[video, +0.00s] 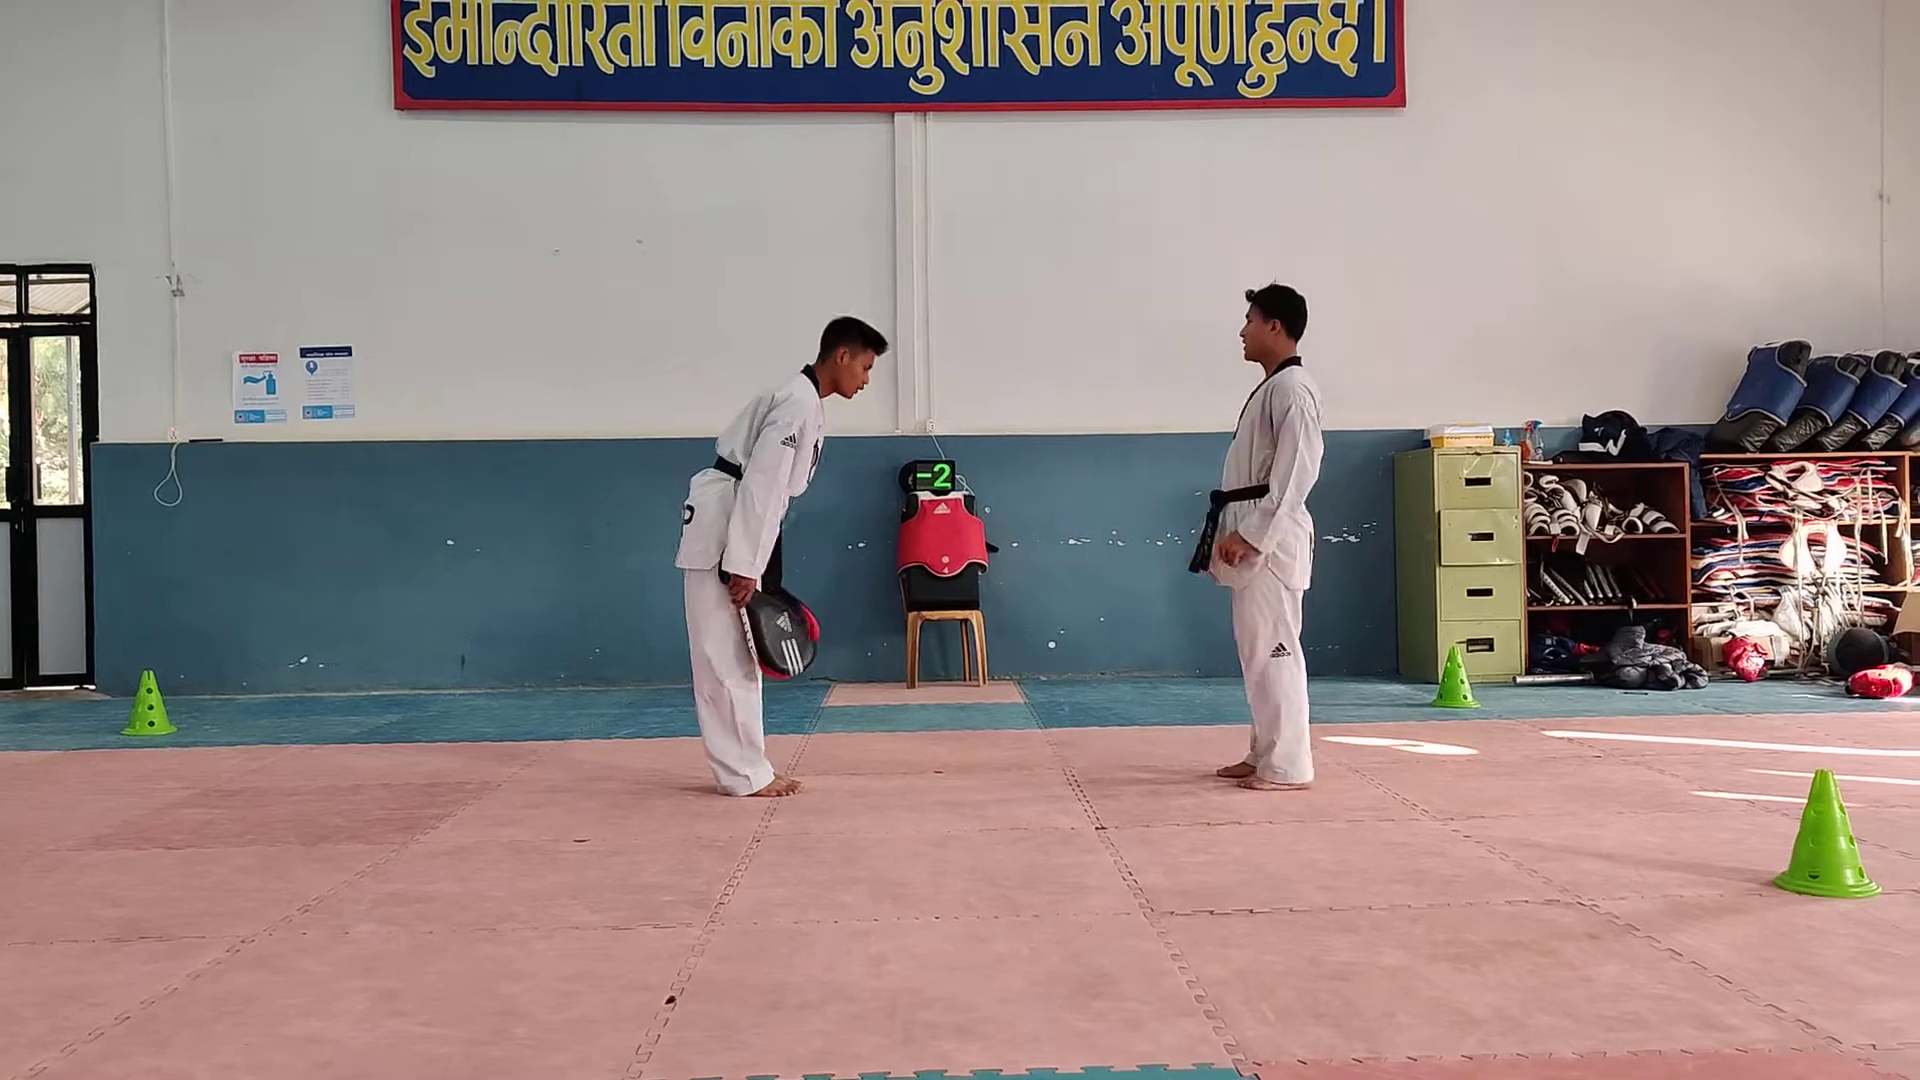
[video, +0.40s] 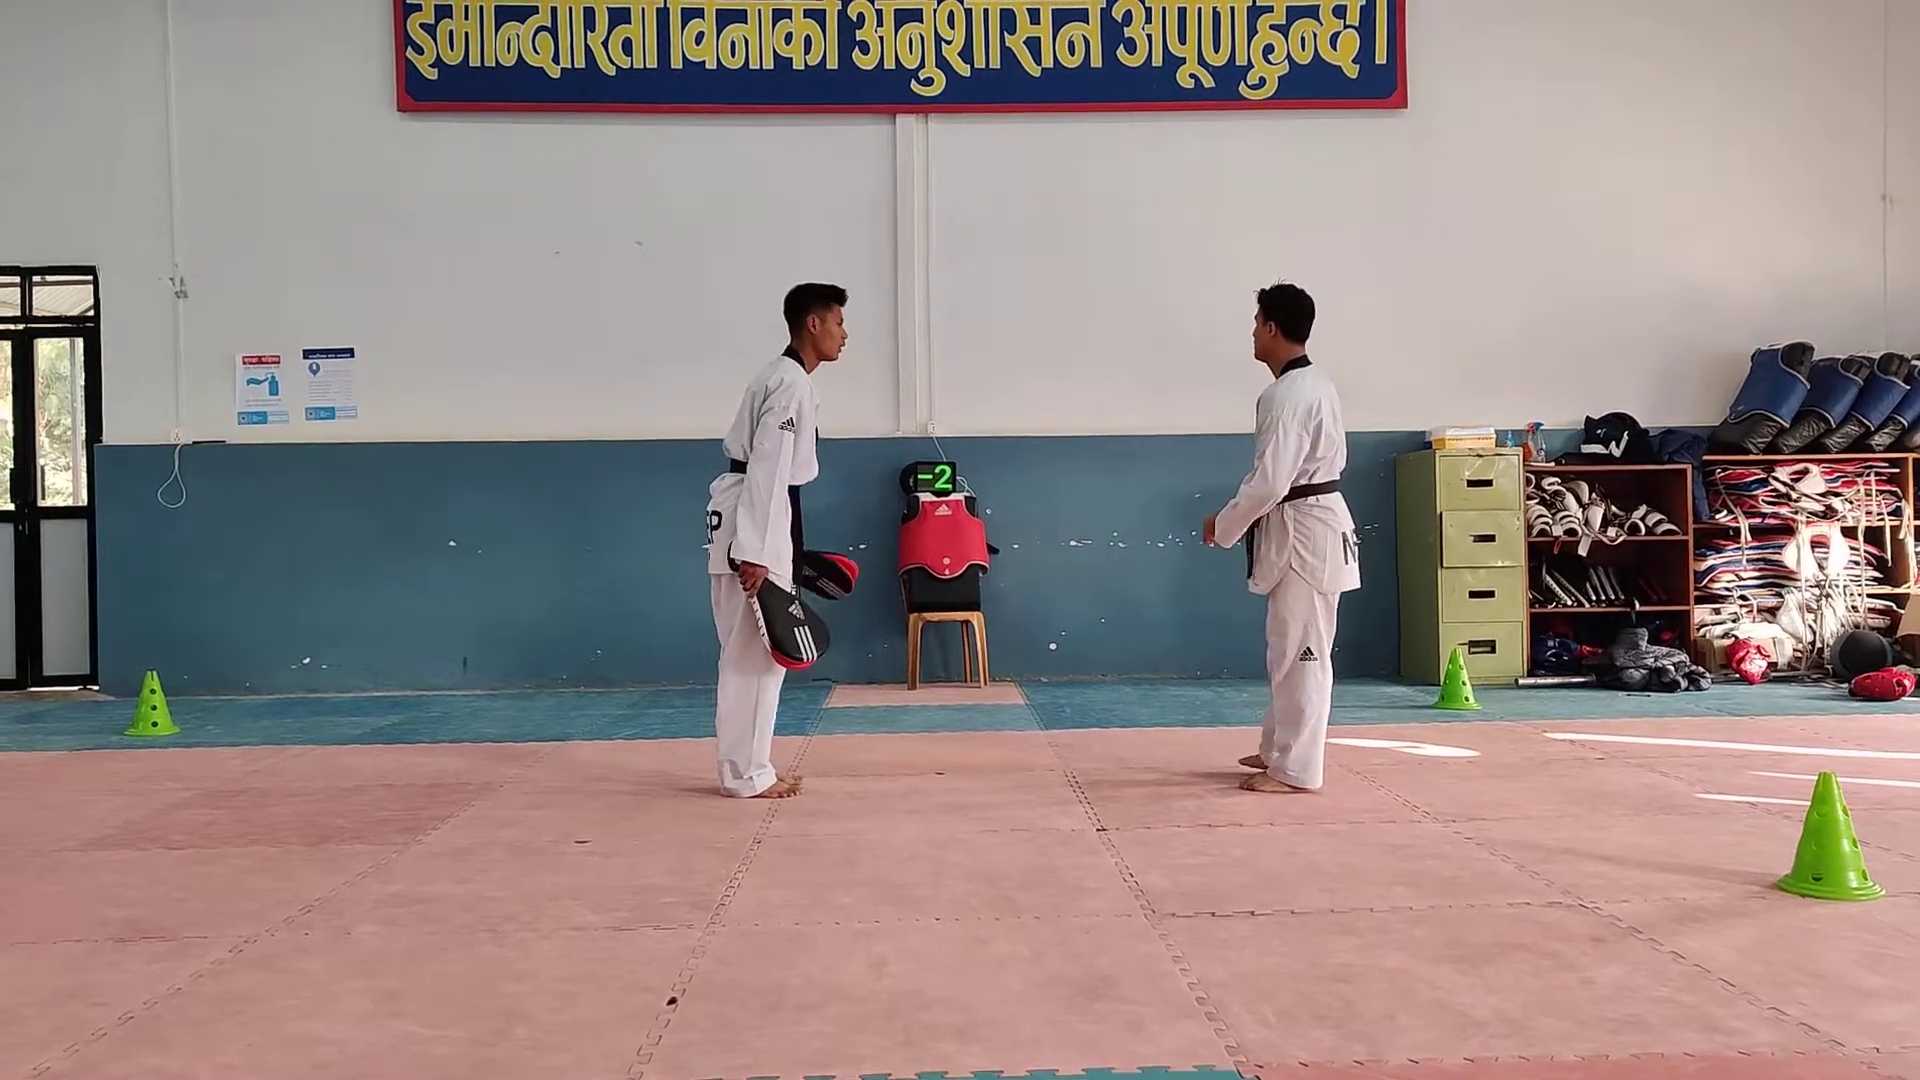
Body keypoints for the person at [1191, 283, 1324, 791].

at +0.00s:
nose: (1242, 330)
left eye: (1249, 320)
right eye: (1245, 320)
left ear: (1274, 327)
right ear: (1276, 328)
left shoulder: (1290, 389)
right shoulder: (1270, 388)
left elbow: (1296, 470)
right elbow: (1255, 472)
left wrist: (1255, 534)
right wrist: (1226, 532)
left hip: (1272, 540)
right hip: (1254, 540)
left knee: (1273, 650)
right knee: (1260, 650)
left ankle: (1287, 764)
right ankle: (1267, 755)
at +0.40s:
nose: (1253, 331)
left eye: (1258, 322)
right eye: (1256, 321)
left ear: (1273, 329)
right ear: (1299, 331)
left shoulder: (1287, 395)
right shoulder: (1317, 385)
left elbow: (1270, 482)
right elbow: (1312, 469)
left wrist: (1224, 522)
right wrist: (1242, 511)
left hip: (1303, 528)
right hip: (1325, 522)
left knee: (1298, 648)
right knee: (1301, 645)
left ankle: (1297, 768)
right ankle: (1283, 751)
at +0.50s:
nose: (1260, 333)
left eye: (1266, 324)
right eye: (1263, 323)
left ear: (1284, 330)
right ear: (1307, 333)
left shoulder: (1287, 397)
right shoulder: (1331, 388)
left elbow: (1271, 484)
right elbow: (1326, 466)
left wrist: (1227, 521)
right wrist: (1254, 496)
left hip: (1308, 529)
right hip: (1342, 523)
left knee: (1302, 650)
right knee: (1325, 648)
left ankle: (1296, 769)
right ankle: (1327, 753)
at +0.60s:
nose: (1270, 333)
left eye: (1276, 324)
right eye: (1273, 323)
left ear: (1295, 330)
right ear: (1316, 333)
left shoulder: (1296, 396)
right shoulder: (1341, 387)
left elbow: (1277, 483)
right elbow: (1330, 465)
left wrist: (1236, 515)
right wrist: (1266, 477)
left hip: (1315, 528)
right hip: (1351, 522)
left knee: (1307, 651)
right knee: (1341, 648)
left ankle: (1295, 770)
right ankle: (1370, 754)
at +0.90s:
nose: (1317, 336)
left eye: (1322, 327)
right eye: (1320, 327)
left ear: (1339, 333)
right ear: (1364, 337)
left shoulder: (1338, 394)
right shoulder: (1385, 390)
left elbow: (1333, 475)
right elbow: (1381, 466)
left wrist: (1290, 514)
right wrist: (1314, 470)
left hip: (1350, 527)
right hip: (1392, 524)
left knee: (1319, 647)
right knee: (1407, 643)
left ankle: (1292, 764)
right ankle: (1444, 751)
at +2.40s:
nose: (1274, 343)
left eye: (1283, 334)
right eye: (1276, 334)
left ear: (1313, 343)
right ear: (1310, 345)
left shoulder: (1320, 393)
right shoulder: (1312, 396)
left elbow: (1348, 463)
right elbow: (1320, 472)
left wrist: (1277, 494)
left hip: (1328, 527)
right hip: (1350, 527)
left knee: (1269, 631)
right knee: (1387, 641)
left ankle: (1258, 752)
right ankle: (1435, 741)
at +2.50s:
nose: (1258, 362)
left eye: (1267, 354)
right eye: (1261, 353)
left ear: (1297, 363)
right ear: (1291, 364)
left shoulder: (1313, 411)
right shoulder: (1272, 426)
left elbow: (1351, 451)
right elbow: (1242, 476)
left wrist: (1287, 419)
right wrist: (1188, 456)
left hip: (1308, 545)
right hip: (1325, 545)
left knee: (1236, 642)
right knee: (1382, 654)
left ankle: (1244, 759)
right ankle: (1439, 752)